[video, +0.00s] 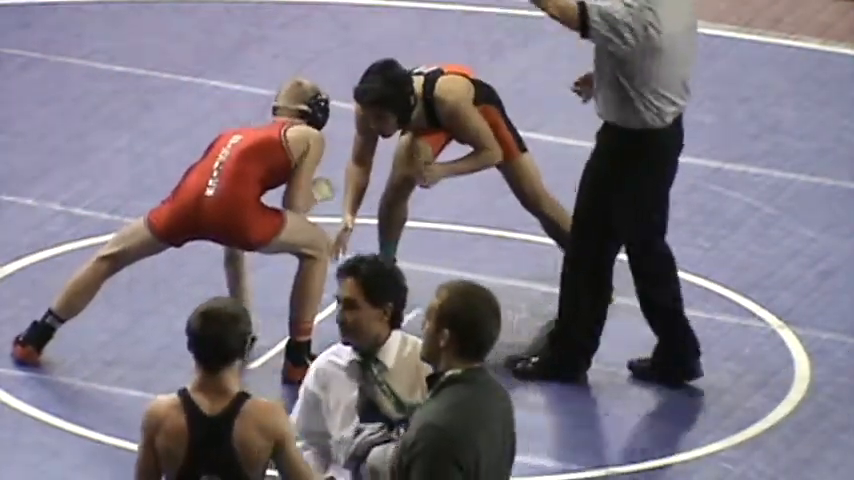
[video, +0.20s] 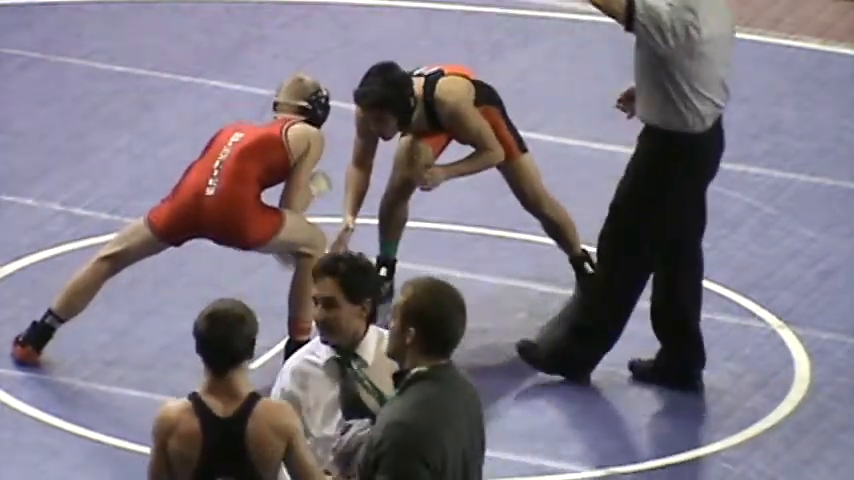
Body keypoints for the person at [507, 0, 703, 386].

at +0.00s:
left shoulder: (634, 17)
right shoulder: (678, 5)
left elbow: (560, 8)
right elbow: (659, 55)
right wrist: (607, 79)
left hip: (627, 143)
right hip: (659, 136)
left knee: (587, 251)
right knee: (647, 247)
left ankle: (567, 358)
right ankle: (678, 356)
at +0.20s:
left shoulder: (672, 17)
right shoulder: (712, 7)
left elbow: (606, 2)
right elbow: (697, 66)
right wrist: (649, 94)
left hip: (672, 145)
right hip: (695, 138)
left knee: (622, 251)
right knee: (677, 253)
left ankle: (573, 355)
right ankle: (680, 363)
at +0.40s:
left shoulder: (711, 22)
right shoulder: (744, 9)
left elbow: (643, 4)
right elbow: (734, 74)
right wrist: (685, 101)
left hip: (704, 151)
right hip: (722, 143)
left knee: (642, 244)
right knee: (694, 254)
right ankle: (684, 359)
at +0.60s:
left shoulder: (743, 34)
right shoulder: (783, 17)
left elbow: (676, 30)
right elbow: (802, 84)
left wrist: (637, 2)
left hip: (737, 163)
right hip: (763, 156)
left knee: (726, 269)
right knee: (711, 262)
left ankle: (785, 391)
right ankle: (684, 362)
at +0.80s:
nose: (753, 2)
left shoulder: (778, 40)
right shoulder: (830, 23)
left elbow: (741, 94)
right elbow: (849, 87)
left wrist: (699, 104)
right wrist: (826, 122)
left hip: (782, 169)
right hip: (814, 163)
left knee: (768, 274)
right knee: (759, 267)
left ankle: (793, 401)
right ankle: (711, 356)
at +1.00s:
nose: (791, 5)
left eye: (795, 1)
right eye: (793, 0)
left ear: (812, 2)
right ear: (834, 0)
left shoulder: (820, 44)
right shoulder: (842, 30)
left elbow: (829, 107)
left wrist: (831, 158)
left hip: (816, 177)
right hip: (838, 176)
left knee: (794, 284)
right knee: (814, 280)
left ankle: (792, 398)